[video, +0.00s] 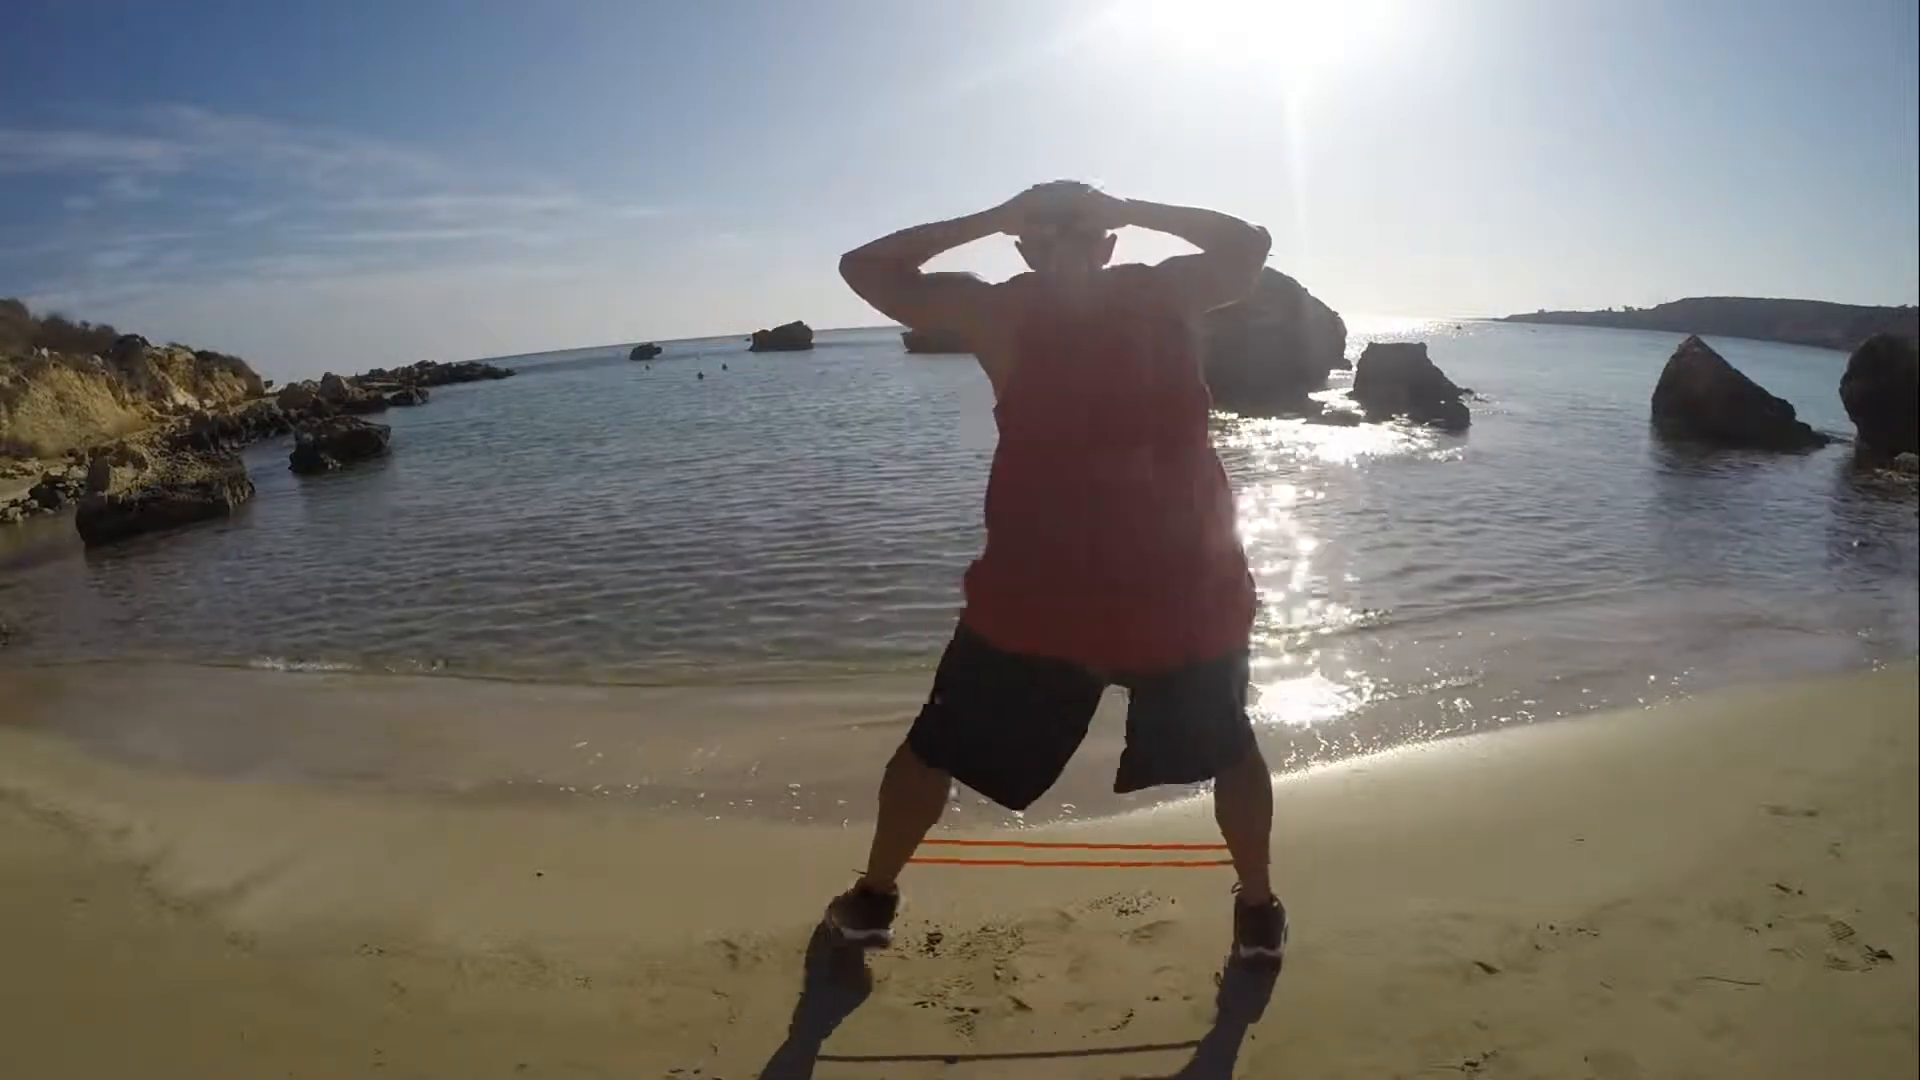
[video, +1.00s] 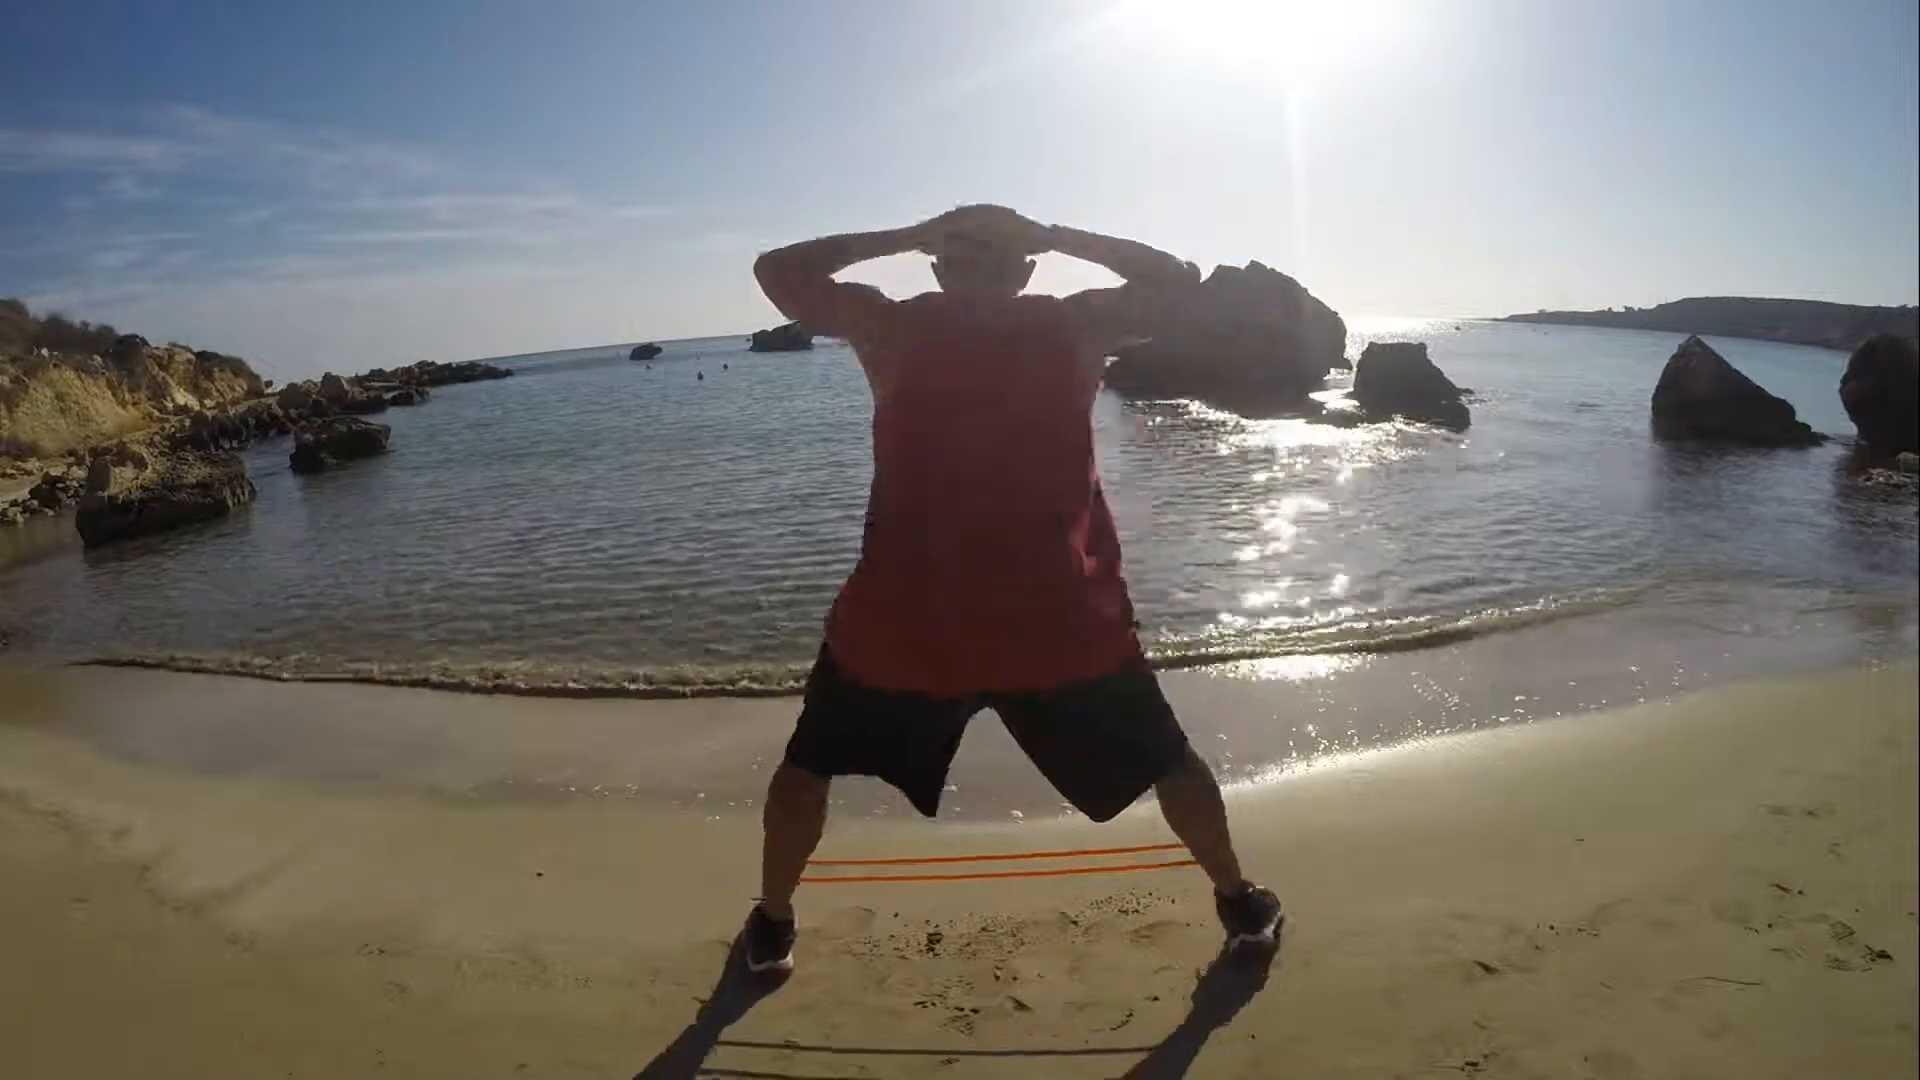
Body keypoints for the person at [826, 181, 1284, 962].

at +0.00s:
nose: (1034, 246)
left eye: (1036, 231)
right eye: (1037, 229)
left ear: (1028, 240)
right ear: (1105, 235)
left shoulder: (999, 312)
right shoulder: (1167, 293)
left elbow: (866, 270)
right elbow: (1247, 243)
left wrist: (990, 221)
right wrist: (1127, 210)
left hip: (1036, 578)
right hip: (1179, 579)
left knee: (936, 743)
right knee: (1232, 748)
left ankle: (873, 896)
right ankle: (1257, 907)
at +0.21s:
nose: (1125, 230)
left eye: (1124, 217)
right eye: (1121, 217)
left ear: (1102, 225)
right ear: (1178, 221)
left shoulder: (1074, 292)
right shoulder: (1244, 281)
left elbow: (938, 241)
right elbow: (1315, 234)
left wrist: (1064, 201)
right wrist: (1205, 195)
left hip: (1104, 577)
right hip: (1242, 576)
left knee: (1053, 750)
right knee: (1260, 757)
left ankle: (1070, 897)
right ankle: (1263, 904)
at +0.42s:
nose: (1146, 245)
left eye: (1145, 230)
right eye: (1148, 229)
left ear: (1128, 239)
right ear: (1209, 237)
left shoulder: (1102, 307)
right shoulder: (1267, 294)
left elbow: (972, 254)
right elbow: (1345, 251)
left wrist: (1096, 213)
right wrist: (1234, 210)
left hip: (1127, 584)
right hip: (1258, 582)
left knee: (1083, 752)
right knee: (1271, 751)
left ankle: (1105, 907)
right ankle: (1265, 905)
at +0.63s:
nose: (1144, 243)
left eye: (1137, 232)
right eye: (1161, 227)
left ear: (1120, 248)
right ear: (1203, 246)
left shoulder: (1089, 310)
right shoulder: (1259, 303)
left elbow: (960, 257)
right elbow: (1334, 263)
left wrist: (1092, 223)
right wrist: (1224, 221)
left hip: (1087, 566)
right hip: (1225, 581)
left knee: (959, 718)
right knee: (1249, 744)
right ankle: (1260, 908)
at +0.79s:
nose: (1093, 264)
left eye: (1090, 253)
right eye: (1110, 252)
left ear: (1077, 265)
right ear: (1157, 267)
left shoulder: (1034, 328)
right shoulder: (1209, 326)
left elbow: (911, 273)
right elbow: (1289, 275)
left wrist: (1042, 239)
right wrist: (1177, 237)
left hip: (1021, 594)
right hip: (1170, 606)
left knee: (875, 750)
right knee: (1230, 757)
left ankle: (784, 901)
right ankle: (1255, 904)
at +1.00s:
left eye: (961, 247)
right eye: (999, 247)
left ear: (942, 260)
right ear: (1025, 263)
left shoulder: (891, 327)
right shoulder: (1072, 325)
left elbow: (779, 269)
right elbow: (1179, 279)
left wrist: (908, 236)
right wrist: (1057, 236)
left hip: (907, 607)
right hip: (1055, 607)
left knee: (807, 764)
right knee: (1169, 758)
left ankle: (769, 926)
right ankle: (1238, 903)